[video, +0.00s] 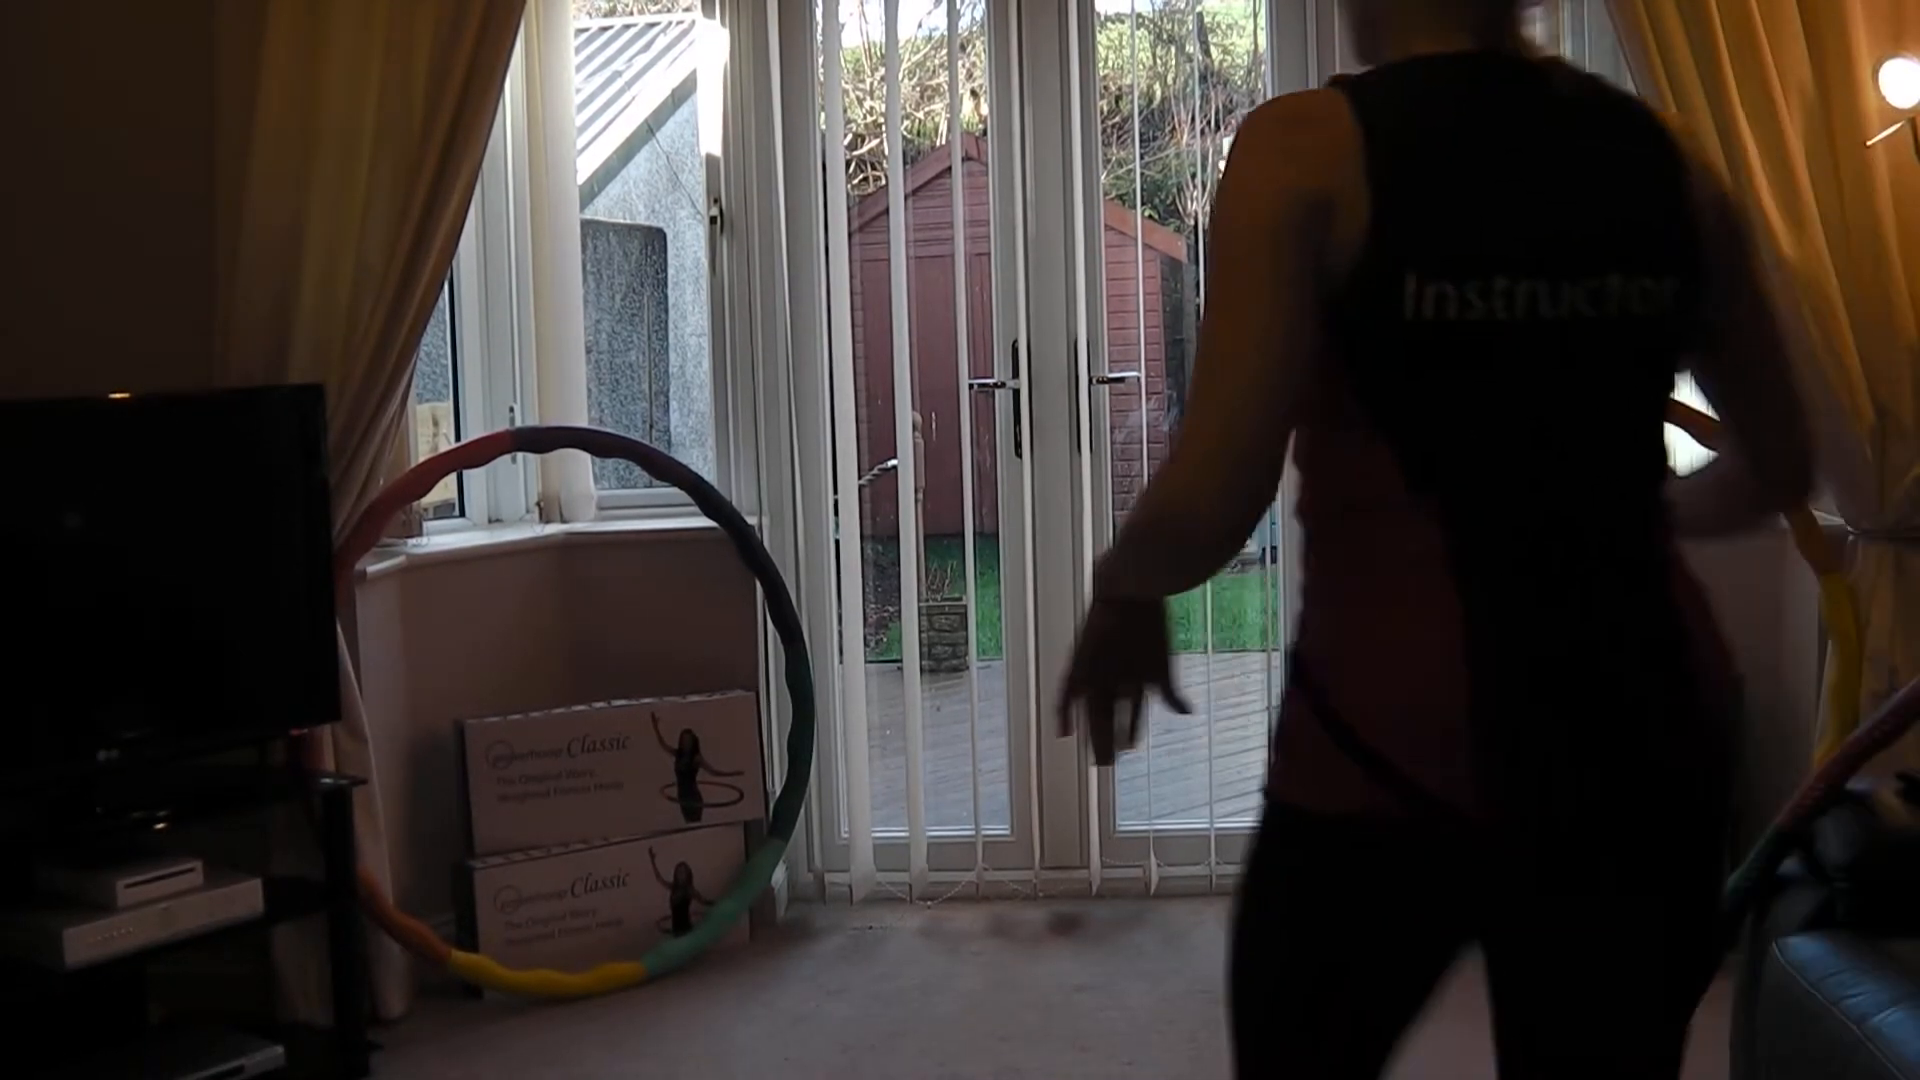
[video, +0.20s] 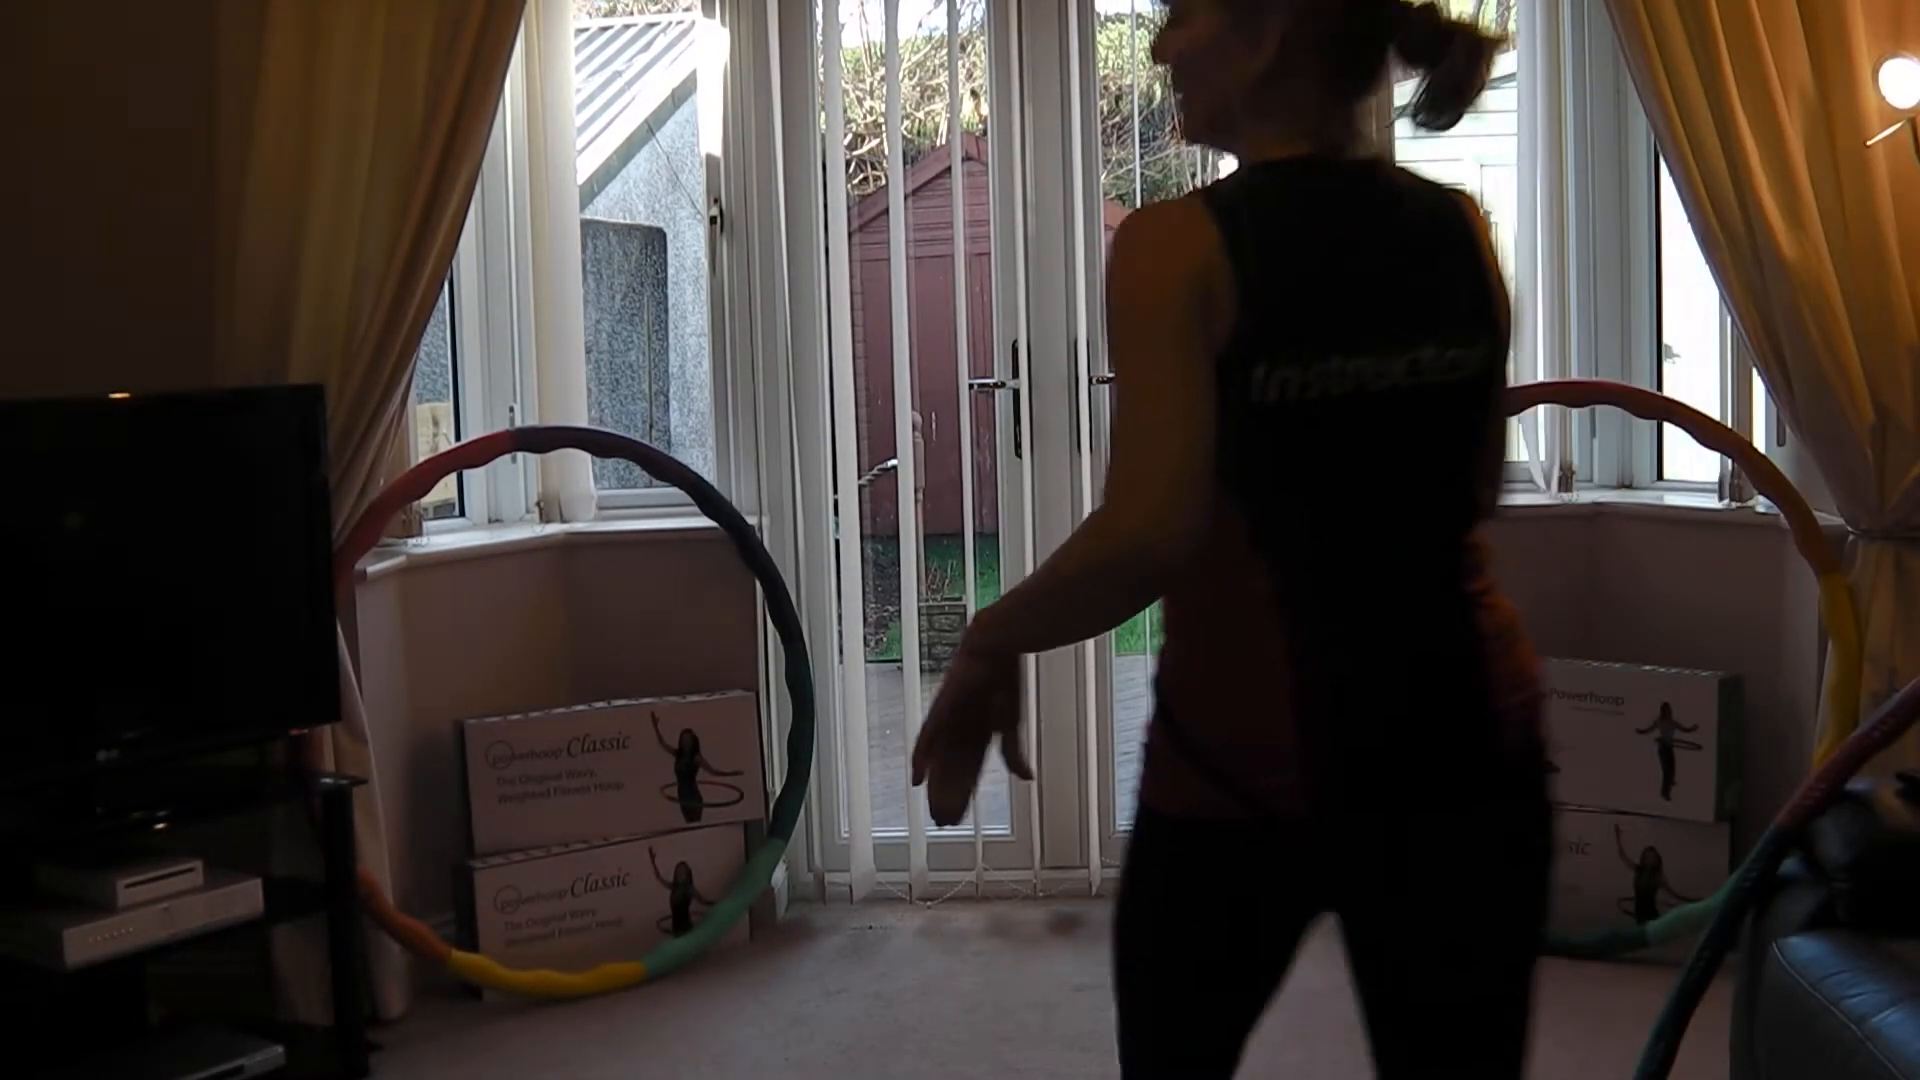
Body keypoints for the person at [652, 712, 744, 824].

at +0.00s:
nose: (684, 742)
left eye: (688, 739)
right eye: (683, 739)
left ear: (693, 742)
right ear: (680, 741)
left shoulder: (696, 758)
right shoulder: (678, 754)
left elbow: (713, 772)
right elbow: (662, 744)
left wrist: (733, 774)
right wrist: (655, 726)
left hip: (693, 794)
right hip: (682, 794)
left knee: (696, 827)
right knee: (690, 827)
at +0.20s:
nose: (685, 741)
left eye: (688, 739)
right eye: (683, 739)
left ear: (693, 741)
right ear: (680, 741)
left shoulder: (696, 757)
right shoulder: (678, 754)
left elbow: (712, 772)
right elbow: (662, 744)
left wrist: (732, 774)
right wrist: (655, 726)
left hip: (693, 794)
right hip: (682, 794)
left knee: (696, 827)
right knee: (691, 827)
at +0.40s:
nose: (685, 742)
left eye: (688, 739)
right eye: (683, 739)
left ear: (693, 742)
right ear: (680, 741)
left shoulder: (696, 757)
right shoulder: (678, 755)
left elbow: (713, 772)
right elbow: (662, 743)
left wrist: (732, 773)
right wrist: (655, 726)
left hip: (693, 795)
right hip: (682, 795)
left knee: (696, 828)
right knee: (691, 828)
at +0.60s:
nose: (685, 742)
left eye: (688, 739)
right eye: (683, 739)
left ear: (693, 742)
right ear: (680, 741)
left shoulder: (696, 757)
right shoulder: (678, 754)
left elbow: (712, 772)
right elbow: (662, 744)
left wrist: (732, 774)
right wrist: (655, 726)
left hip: (693, 795)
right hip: (682, 795)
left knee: (695, 829)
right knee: (691, 829)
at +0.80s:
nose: (685, 742)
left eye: (688, 739)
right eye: (683, 739)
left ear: (693, 742)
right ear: (680, 741)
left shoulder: (696, 757)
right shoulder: (678, 754)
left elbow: (712, 772)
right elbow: (662, 744)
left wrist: (732, 774)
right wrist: (655, 726)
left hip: (693, 795)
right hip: (682, 795)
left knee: (695, 829)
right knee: (691, 829)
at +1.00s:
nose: (685, 742)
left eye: (688, 739)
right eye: (683, 739)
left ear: (693, 742)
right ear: (680, 741)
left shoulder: (696, 757)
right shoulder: (678, 754)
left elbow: (712, 772)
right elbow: (662, 744)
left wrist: (732, 774)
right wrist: (655, 726)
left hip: (693, 795)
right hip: (682, 795)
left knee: (696, 828)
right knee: (690, 829)